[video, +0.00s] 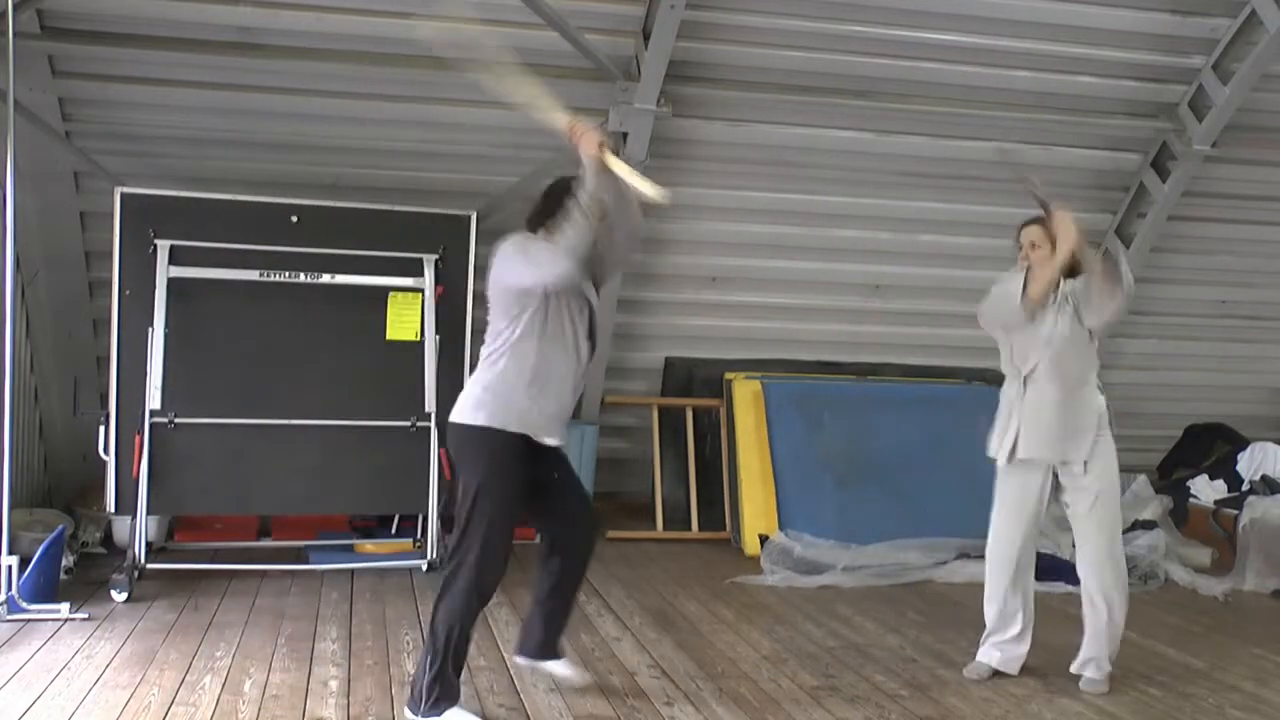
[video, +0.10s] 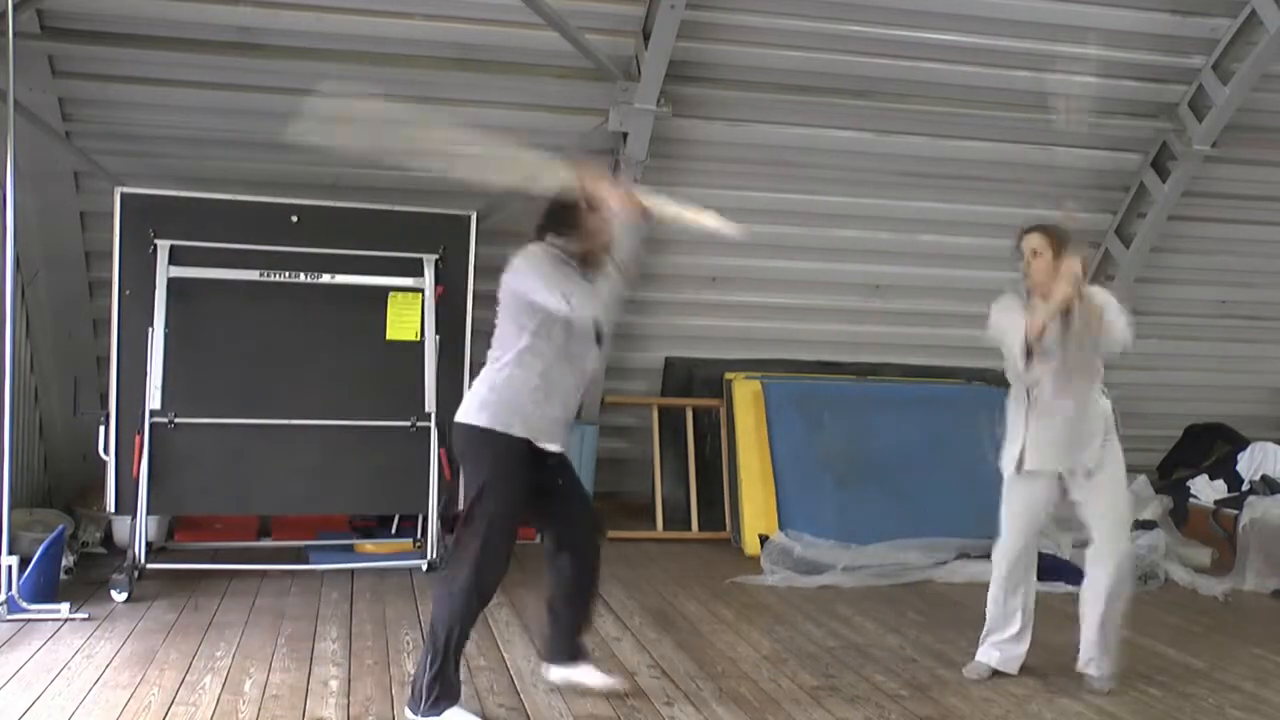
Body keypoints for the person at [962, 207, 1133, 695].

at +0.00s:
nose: (1030, 253)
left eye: (1039, 245)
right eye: (1024, 247)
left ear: (1063, 251)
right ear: (1017, 254)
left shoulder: (1082, 295)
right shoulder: (1006, 293)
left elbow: (1112, 299)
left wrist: (1086, 252)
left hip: (1085, 439)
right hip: (1022, 437)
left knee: (1099, 552)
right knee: (1005, 548)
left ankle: (1096, 661)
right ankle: (999, 651)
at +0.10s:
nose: (1030, 263)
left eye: (1039, 254)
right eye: (1026, 256)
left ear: (1064, 259)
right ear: (1021, 265)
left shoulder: (1094, 301)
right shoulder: (1010, 309)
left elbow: (1119, 339)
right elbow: (1020, 341)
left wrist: (1082, 297)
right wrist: (1055, 299)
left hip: (1093, 447)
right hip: (1031, 447)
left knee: (1113, 548)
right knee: (1011, 550)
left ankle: (1097, 659)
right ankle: (997, 652)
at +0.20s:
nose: (1035, 282)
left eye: (1044, 273)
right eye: (1031, 274)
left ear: (1073, 275)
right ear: (1030, 280)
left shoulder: (1105, 313)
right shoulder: (1023, 323)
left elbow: (1102, 373)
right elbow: (1012, 374)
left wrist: (1072, 341)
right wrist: (1045, 349)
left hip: (1112, 460)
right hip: (1048, 462)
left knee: (1142, 559)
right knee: (1015, 553)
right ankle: (995, 652)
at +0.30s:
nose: (1043, 293)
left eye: (1050, 283)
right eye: (1038, 285)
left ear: (1078, 279)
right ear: (1037, 288)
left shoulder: (1119, 311)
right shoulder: (1038, 328)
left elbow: (1119, 365)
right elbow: (1034, 368)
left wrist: (1088, 368)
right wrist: (1056, 389)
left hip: (1138, 458)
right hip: (1074, 462)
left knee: (1153, 561)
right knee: (1028, 552)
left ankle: (1187, 663)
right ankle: (995, 651)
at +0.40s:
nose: (1067, 308)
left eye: (1074, 297)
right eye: (1060, 299)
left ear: (1102, 292)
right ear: (1058, 303)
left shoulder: (1138, 314)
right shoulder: (1065, 342)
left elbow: (1143, 356)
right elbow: (1072, 392)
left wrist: (1136, 398)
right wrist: (1108, 410)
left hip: (1168, 446)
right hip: (1108, 448)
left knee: (1170, 557)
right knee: (1095, 546)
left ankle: (1184, 665)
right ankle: (1100, 632)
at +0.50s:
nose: (1079, 310)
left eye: (1087, 300)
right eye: (1074, 302)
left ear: (1115, 297)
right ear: (1072, 307)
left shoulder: (1147, 314)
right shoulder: (1078, 350)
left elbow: (1173, 343)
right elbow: (1104, 399)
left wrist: (1148, 379)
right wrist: (1130, 406)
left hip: (1178, 458)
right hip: (1127, 467)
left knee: (1174, 562)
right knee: (1139, 559)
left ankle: (1181, 663)